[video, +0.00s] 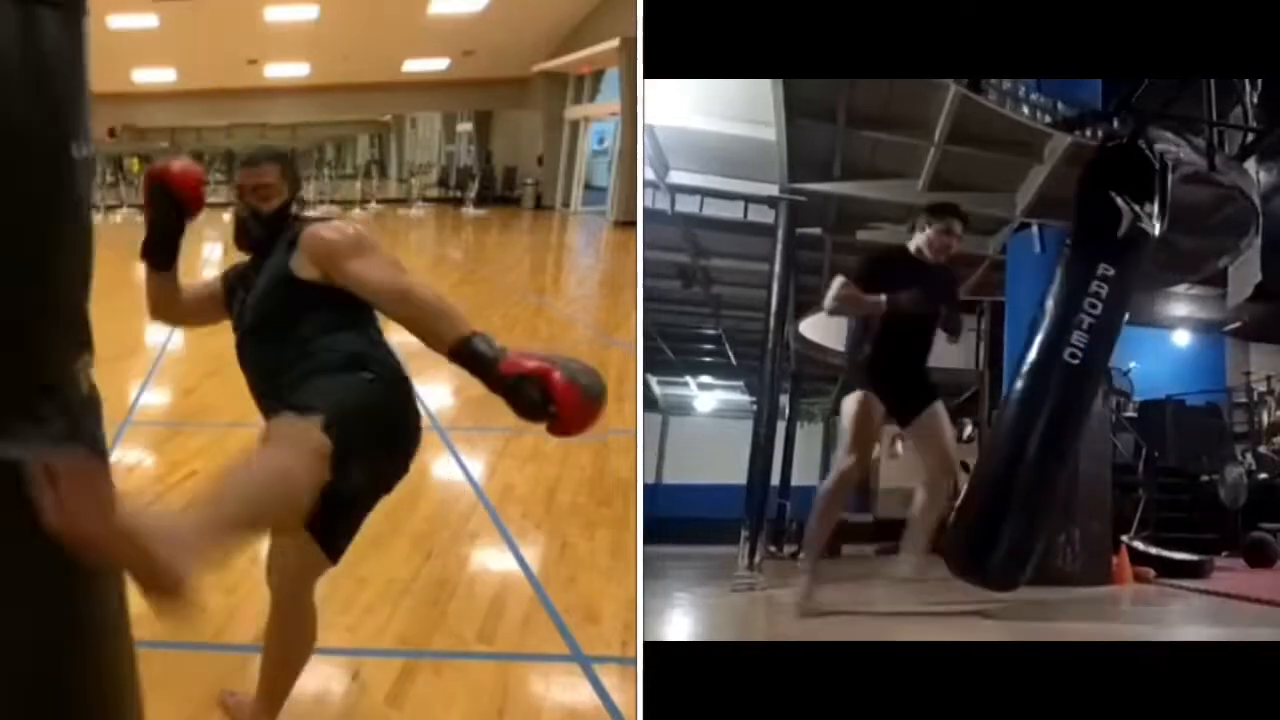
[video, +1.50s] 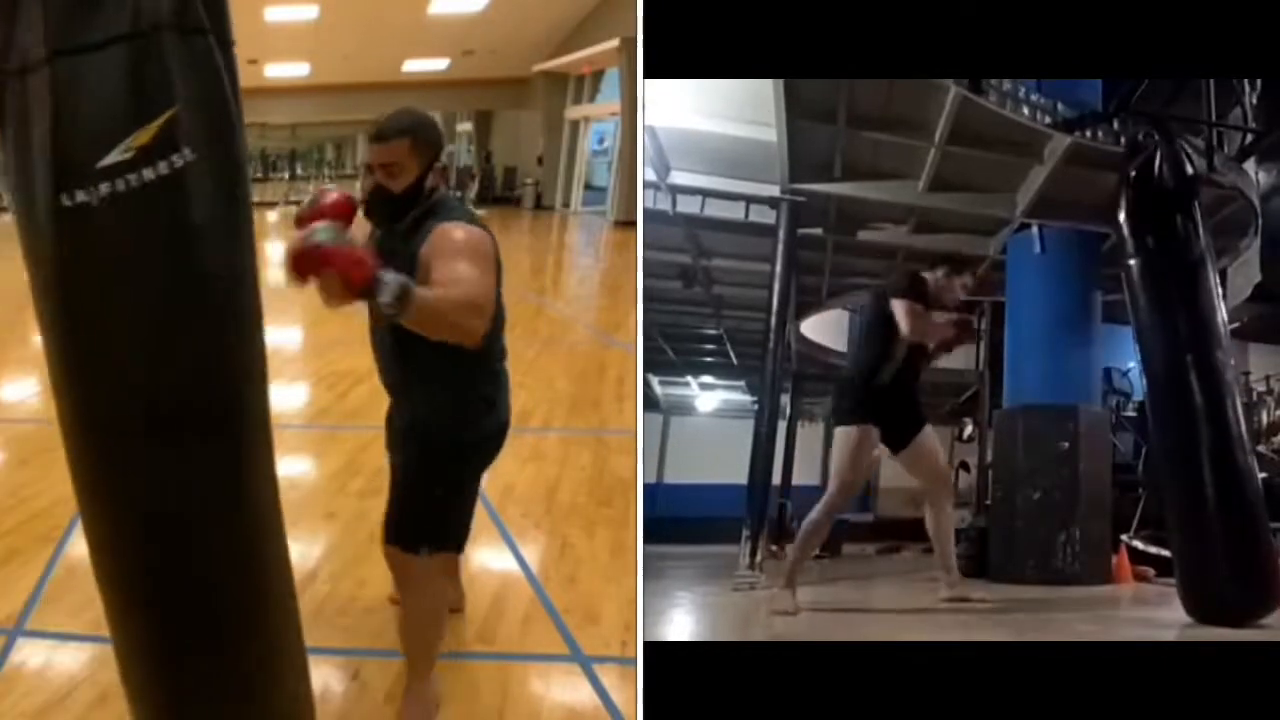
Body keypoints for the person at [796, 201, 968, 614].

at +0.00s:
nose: (949, 243)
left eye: (955, 238)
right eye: (944, 233)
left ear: (957, 243)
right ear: (921, 229)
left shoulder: (944, 279)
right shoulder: (884, 261)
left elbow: (953, 330)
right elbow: (834, 301)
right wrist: (888, 302)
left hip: (913, 382)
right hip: (868, 376)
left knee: (943, 478)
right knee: (852, 463)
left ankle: (908, 569)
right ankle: (806, 569)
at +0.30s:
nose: (925, 244)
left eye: (928, 238)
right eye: (921, 233)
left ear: (917, 239)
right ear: (897, 226)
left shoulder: (903, 276)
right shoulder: (857, 245)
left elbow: (882, 322)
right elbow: (823, 288)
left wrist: (900, 343)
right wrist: (874, 298)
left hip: (876, 379)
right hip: (831, 373)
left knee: (932, 455)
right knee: (802, 474)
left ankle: (914, 552)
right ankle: (771, 588)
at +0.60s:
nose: (913, 245)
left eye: (919, 240)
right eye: (908, 236)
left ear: (924, 248)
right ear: (886, 235)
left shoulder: (916, 283)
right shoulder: (849, 267)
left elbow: (940, 333)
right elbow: (841, 322)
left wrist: (934, 284)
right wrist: (890, 287)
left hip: (884, 390)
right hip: (838, 383)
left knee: (893, 488)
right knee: (810, 470)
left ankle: (904, 584)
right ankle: (776, 587)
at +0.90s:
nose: (916, 251)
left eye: (923, 247)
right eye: (912, 240)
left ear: (925, 254)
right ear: (891, 235)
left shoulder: (913, 288)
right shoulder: (850, 266)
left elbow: (934, 341)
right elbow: (838, 308)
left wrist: (929, 294)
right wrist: (885, 277)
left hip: (890, 395)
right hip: (843, 390)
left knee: (904, 489)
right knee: (812, 480)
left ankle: (905, 584)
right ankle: (780, 583)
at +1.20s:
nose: (910, 256)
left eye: (916, 250)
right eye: (904, 245)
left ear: (918, 255)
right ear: (881, 243)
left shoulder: (911, 289)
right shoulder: (844, 277)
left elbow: (948, 336)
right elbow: (817, 325)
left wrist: (941, 307)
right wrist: (872, 298)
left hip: (892, 397)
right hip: (845, 393)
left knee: (931, 482)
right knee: (811, 481)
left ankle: (961, 570)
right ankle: (784, 580)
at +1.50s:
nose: (960, 298)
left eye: (965, 293)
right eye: (961, 288)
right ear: (942, 275)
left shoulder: (928, 312)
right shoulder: (905, 283)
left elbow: (918, 349)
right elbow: (910, 327)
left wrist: (949, 338)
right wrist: (948, 326)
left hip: (898, 404)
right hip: (860, 398)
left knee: (940, 482)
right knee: (839, 494)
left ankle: (951, 582)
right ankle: (785, 583)